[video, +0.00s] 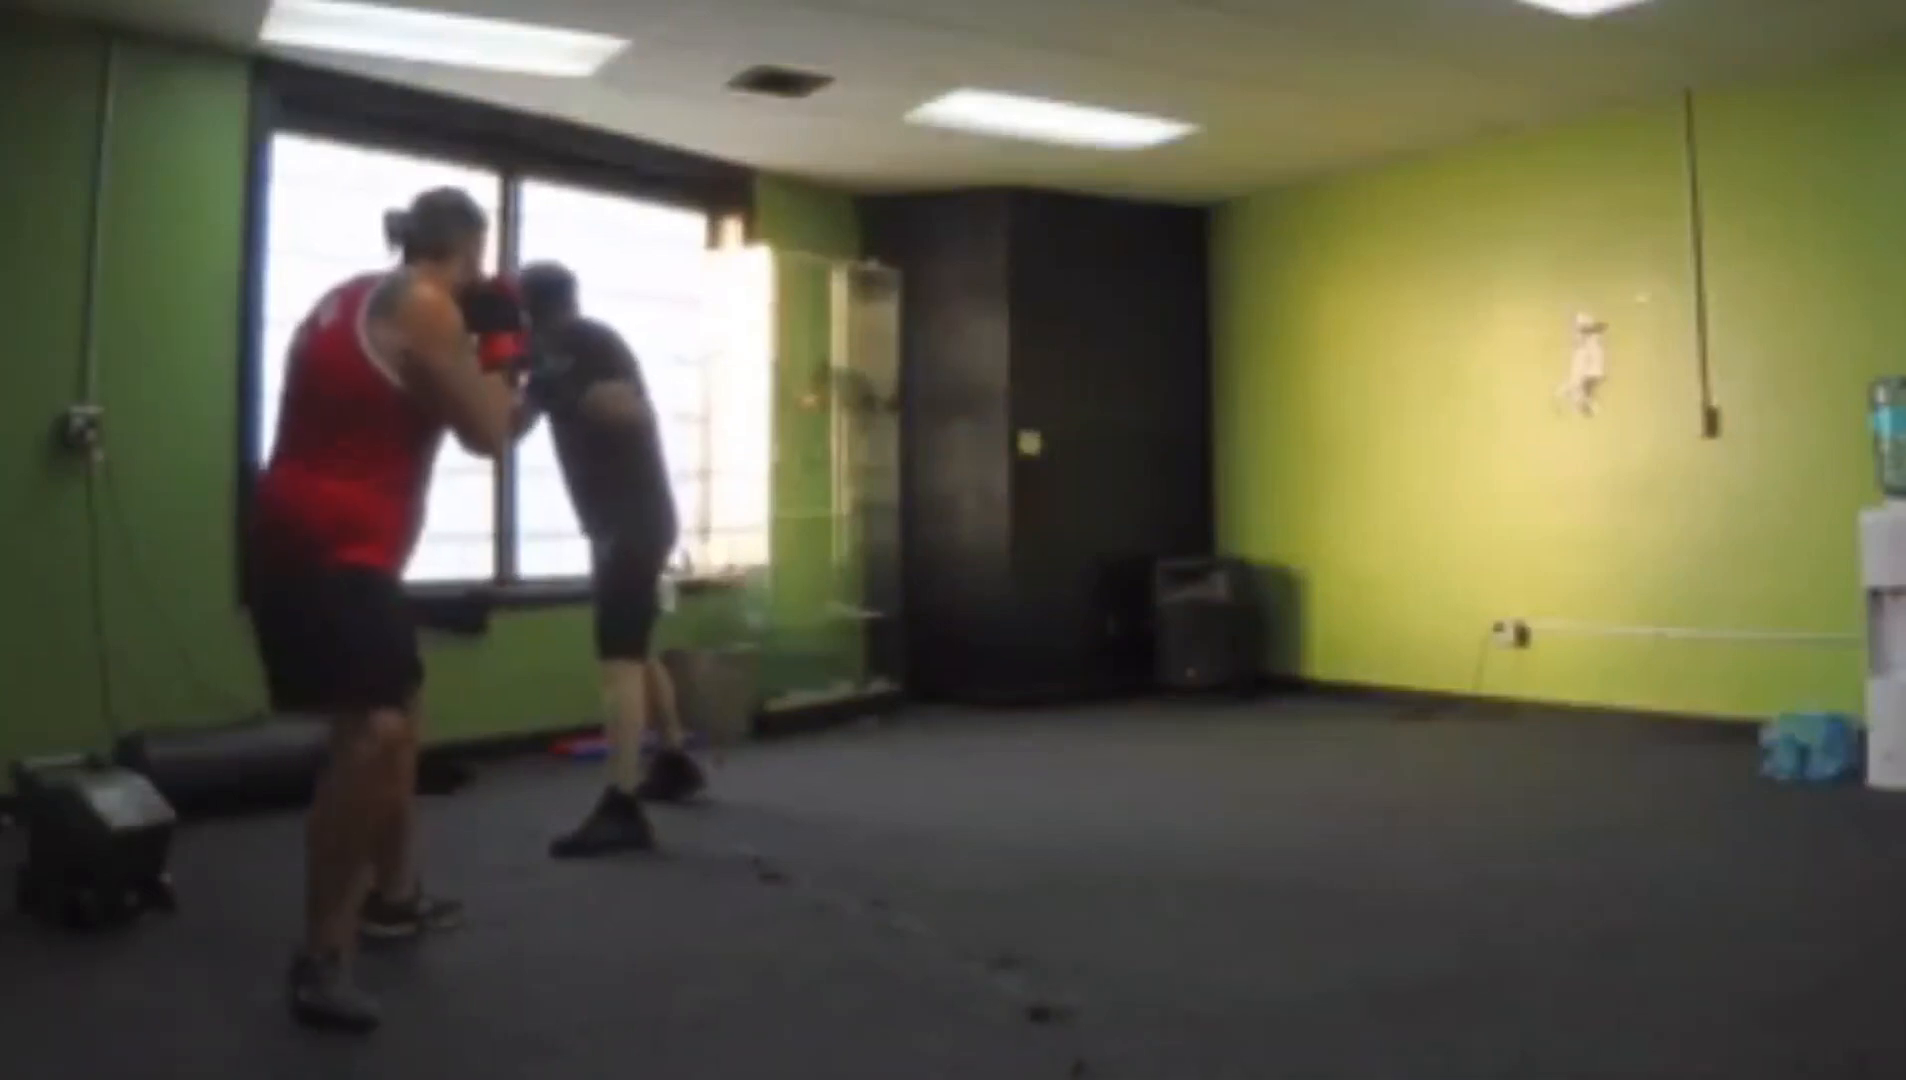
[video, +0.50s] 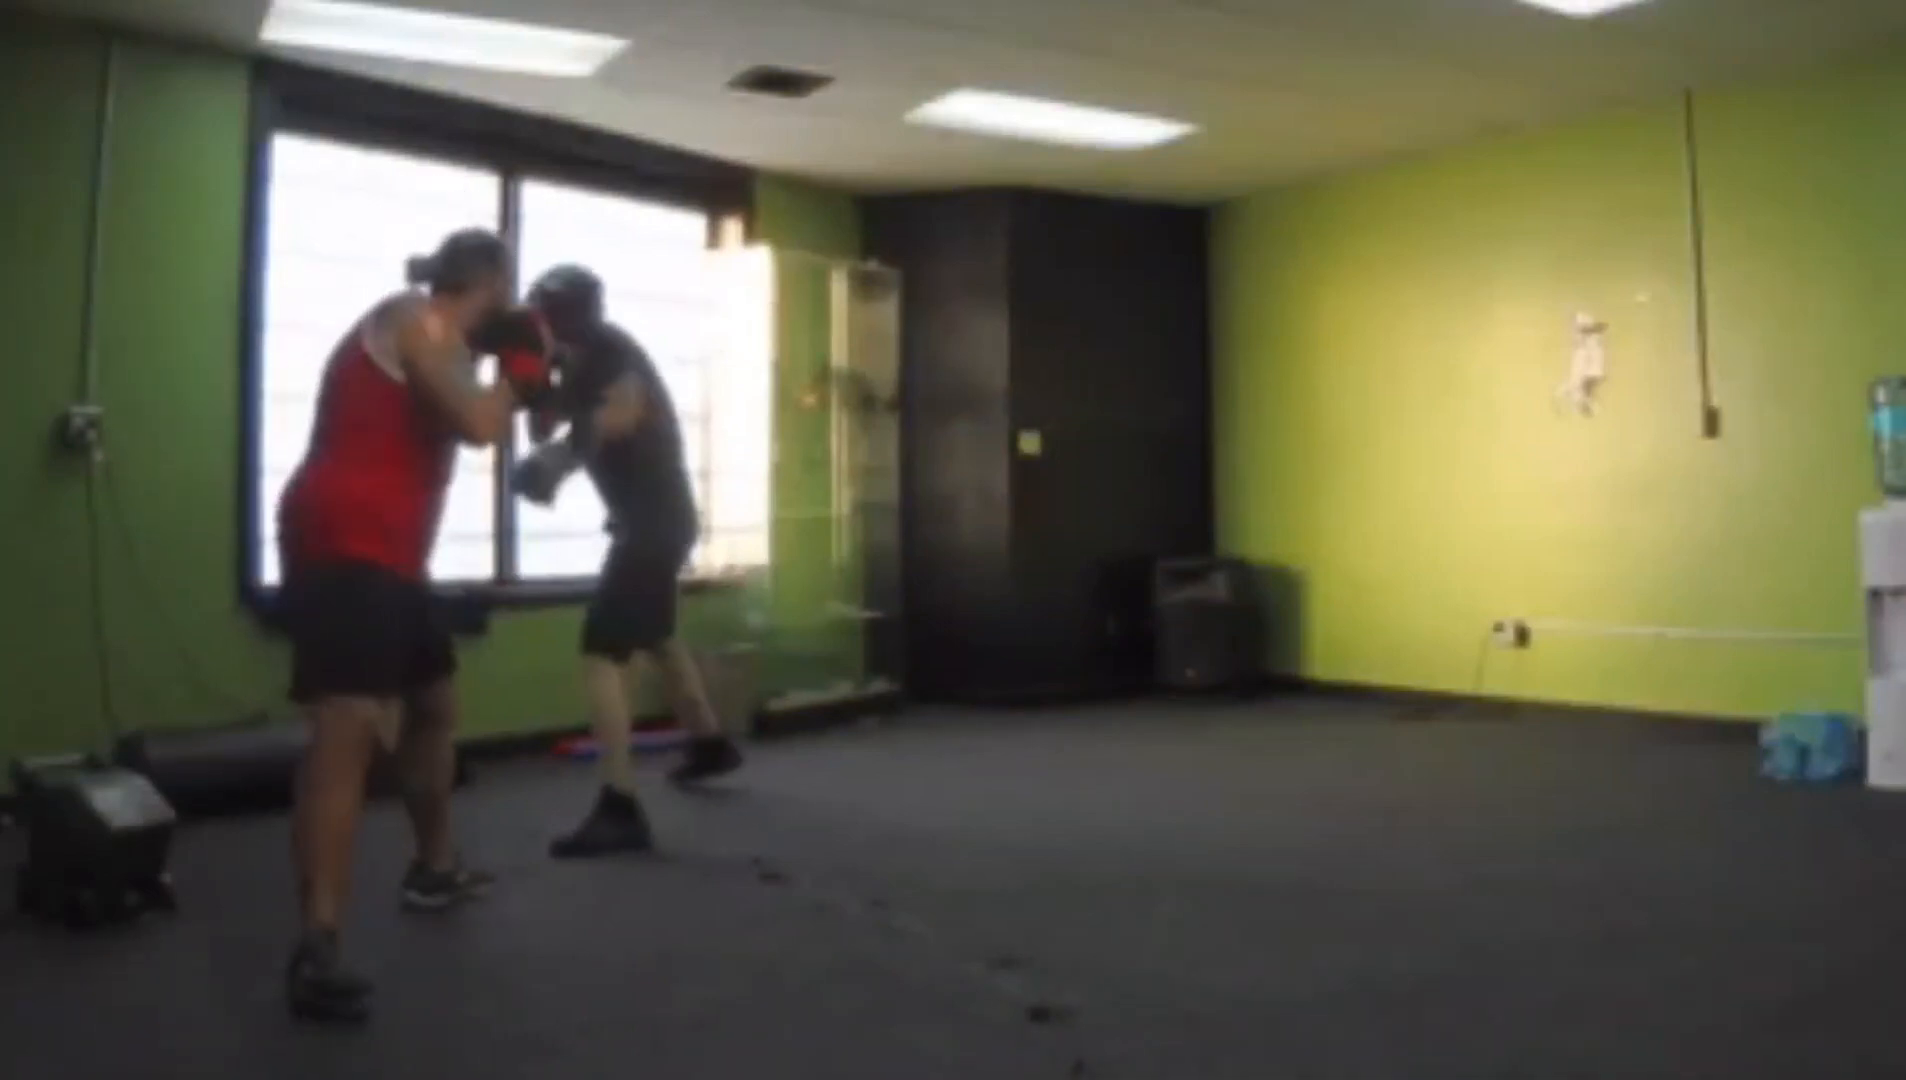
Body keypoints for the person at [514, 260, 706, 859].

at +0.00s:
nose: (524, 322)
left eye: (526, 311)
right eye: (524, 311)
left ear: (540, 306)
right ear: (562, 299)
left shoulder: (586, 343)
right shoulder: (551, 354)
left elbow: (628, 409)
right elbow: (510, 425)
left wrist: (563, 383)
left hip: (636, 521)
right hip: (614, 523)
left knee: (620, 658)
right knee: (634, 651)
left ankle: (622, 801)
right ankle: (672, 754)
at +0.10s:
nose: (518, 324)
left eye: (518, 313)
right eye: (516, 313)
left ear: (534, 308)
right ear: (551, 302)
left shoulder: (588, 348)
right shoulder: (547, 360)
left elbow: (640, 423)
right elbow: (521, 430)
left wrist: (571, 414)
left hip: (638, 521)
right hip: (612, 524)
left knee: (620, 660)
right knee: (635, 653)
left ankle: (622, 802)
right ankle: (670, 755)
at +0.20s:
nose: (515, 328)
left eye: (515, 316)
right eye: (514, 317)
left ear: (528, 313)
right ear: (550, 305)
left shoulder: (584, 352)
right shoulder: (547, 364)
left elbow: (635, 429)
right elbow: (531, 426)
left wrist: (558, 424)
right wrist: (515, 423)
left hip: (642, 521)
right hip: (618, 522)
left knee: (623, 659)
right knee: (641, 651)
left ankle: (623, 801)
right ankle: (670, 756)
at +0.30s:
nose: (514, 337)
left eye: (517, 324)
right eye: (511, 326)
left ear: (538, 316)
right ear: (547, 310)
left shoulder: (586, 355)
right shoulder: (539, 368)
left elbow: (638, 426)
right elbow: (516, 428)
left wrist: (564, 423)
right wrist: (514, 419)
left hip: (648, 518)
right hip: (624, 521)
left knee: (624, 654)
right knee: (649, 646)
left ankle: (622, 801)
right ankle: (677, 757)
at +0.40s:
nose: (511, 356)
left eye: (516, 340)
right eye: (506, 346)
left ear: (540, 319)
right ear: (550, 315)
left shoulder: (583, 351)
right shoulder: (546, 369)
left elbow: (633, 413)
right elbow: (509, 422)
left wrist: (574, 420)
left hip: (650, 521)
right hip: (638, 522)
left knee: (614, 662)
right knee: (657, 645)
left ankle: (622, 803)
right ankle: (692, 750)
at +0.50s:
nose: (547, 336)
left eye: (551, 323)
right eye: (543, 325)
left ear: (573, 317)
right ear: (573, 316)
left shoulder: (611, 354)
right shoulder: (581, 365)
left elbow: (622, 411)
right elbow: (555, 424)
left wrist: (561, 457)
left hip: (654, 525)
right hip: (648, 523)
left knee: (601, 657)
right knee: (658, 638)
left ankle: (619, 805)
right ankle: (710, 740)